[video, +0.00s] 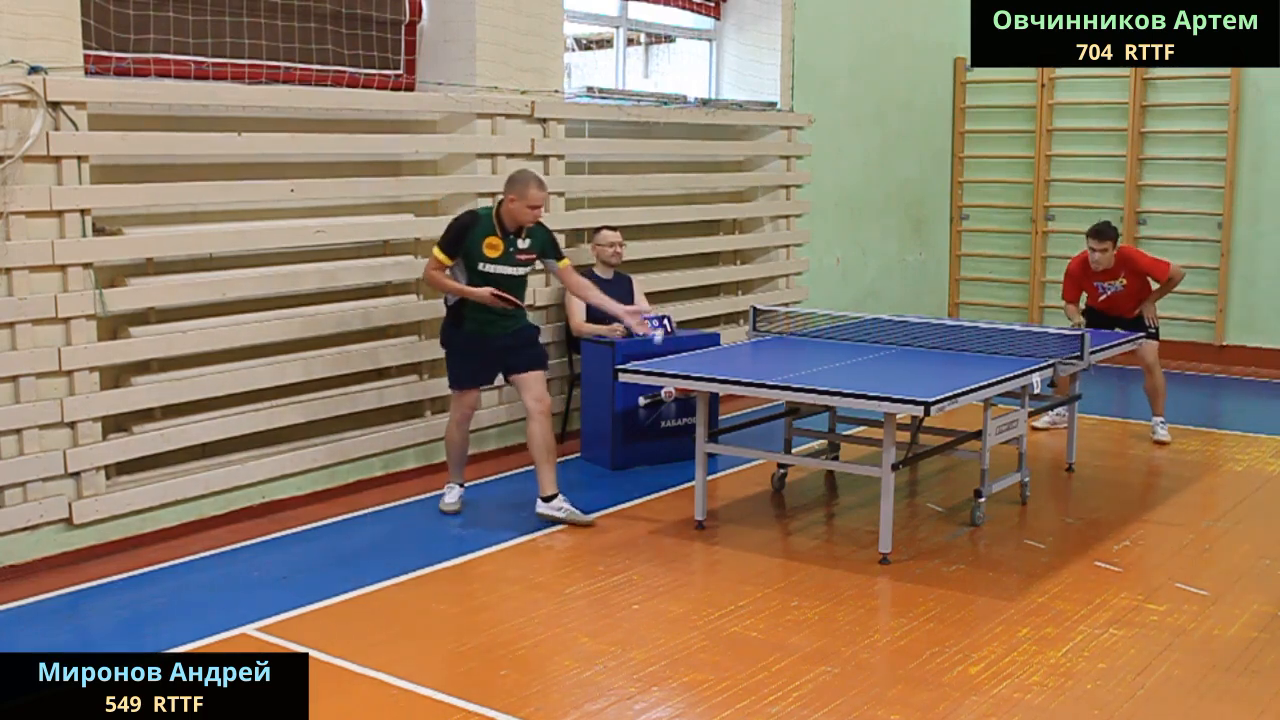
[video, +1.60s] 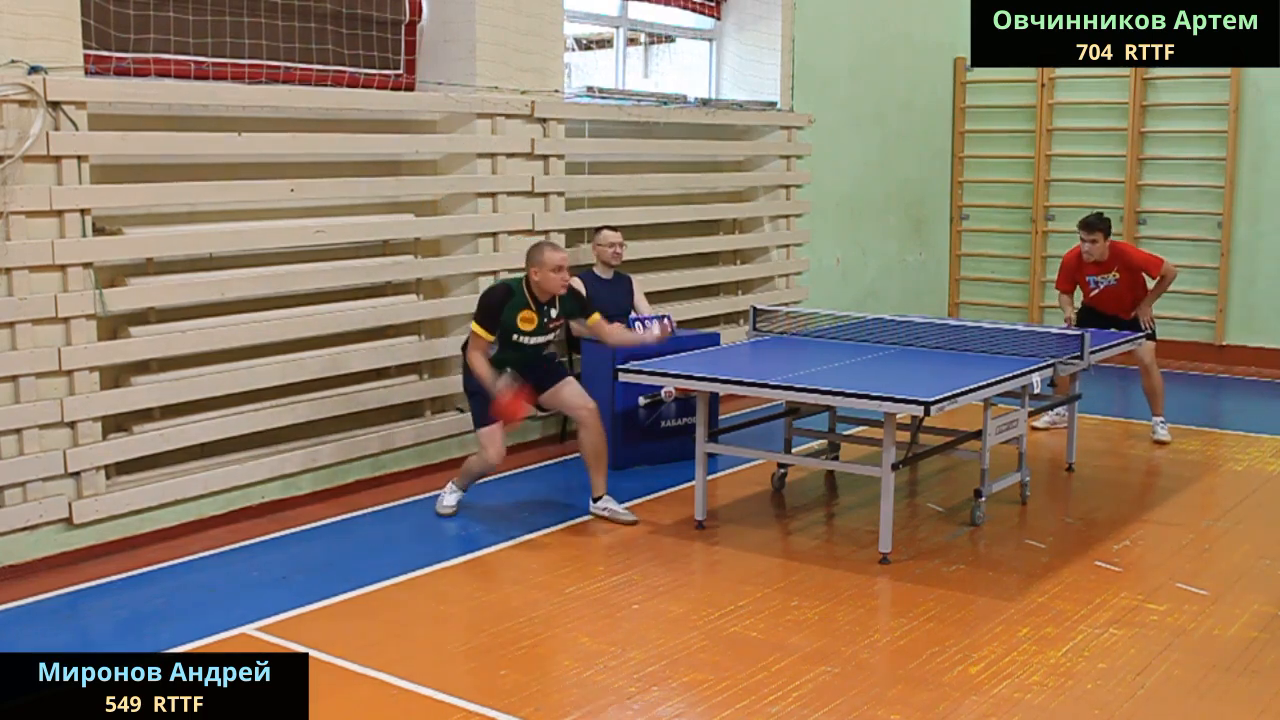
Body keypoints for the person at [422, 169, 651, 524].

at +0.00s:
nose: (539, 216)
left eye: (542, 209)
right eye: (534, 208)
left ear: (537, 205)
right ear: (509, 200)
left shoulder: (538, 236)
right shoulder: (469, 225)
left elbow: (573, 280)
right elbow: (431, 274)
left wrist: (622, 311)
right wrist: (473, 292)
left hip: (515, 329)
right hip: (469, 332)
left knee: (540, 405)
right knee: (463, 411)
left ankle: (549, 497)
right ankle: (454, 484)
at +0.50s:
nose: (568, 250)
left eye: (571, 244)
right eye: (562, 242)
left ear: (573, 238)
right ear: (540, 231)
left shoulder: (565, 258)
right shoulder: (500, 239)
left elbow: (586, 303)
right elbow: (462, 292)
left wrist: (617, 335)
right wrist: (500, 324)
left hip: (520, 325)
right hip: (476, 322)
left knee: (531, 402)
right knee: (465, 403)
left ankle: (544, 490)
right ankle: (454, 484)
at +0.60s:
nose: (577, 260)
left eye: (581, 254)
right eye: (573, 253)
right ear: (551, 241)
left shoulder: (575, 266)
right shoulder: (512, 248)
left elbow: (595, 309)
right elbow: (482, 309)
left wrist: (623, 341)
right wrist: (529, 337)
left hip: (527, 323)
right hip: (480, 320)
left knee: (534, 401)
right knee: (468, 401)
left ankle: (544, 490)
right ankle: (455, 484)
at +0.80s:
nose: (589, 269)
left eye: (592, 263)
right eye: (584, 262)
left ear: (594, 257)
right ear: (563, 251)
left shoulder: (584, 267)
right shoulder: (531, 260)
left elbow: (608, 309)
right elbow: (525, 329)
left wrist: (635, 336)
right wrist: (576, 349)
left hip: (529, 321)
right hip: (485, 321)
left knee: (537, 400)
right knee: (471, 403)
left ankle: (544, 489)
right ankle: (454, 483)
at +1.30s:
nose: (566, 275)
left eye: (569, 268)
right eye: (560, 267)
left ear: (570, 265)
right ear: (537, 262)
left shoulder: (561, 286)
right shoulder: (504, 272)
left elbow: (582, 331)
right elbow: (475, 331)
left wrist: (622, 350)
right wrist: (529, 330)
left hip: (513, 340)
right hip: (466, 341)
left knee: (555, 402)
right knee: (469, 428)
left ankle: (583, 490)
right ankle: (451, 488)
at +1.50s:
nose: (568, 282)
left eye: (570, 275)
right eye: (560, 276)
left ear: (570, 274)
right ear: (537, 276)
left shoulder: (565, 302)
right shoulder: (501, 293)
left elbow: (597, 344)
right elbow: (476, 351)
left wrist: (639, 353)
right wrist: (524, 339)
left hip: (526, 361)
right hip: (481, 368)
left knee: (578, 410)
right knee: (488, 450)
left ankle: (599, 498)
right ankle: (455, 487)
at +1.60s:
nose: (566, 277)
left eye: (567, 270)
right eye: (558, 271)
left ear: (568, 269)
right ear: (534, 273)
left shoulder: (567, 296)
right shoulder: (499, 297)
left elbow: (608, 333)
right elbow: (475, 352)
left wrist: (647, 336)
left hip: (535, 363)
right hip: (491, 367)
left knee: (587, 411)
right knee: (493, 457)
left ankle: (599, 498)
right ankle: (457, 487)